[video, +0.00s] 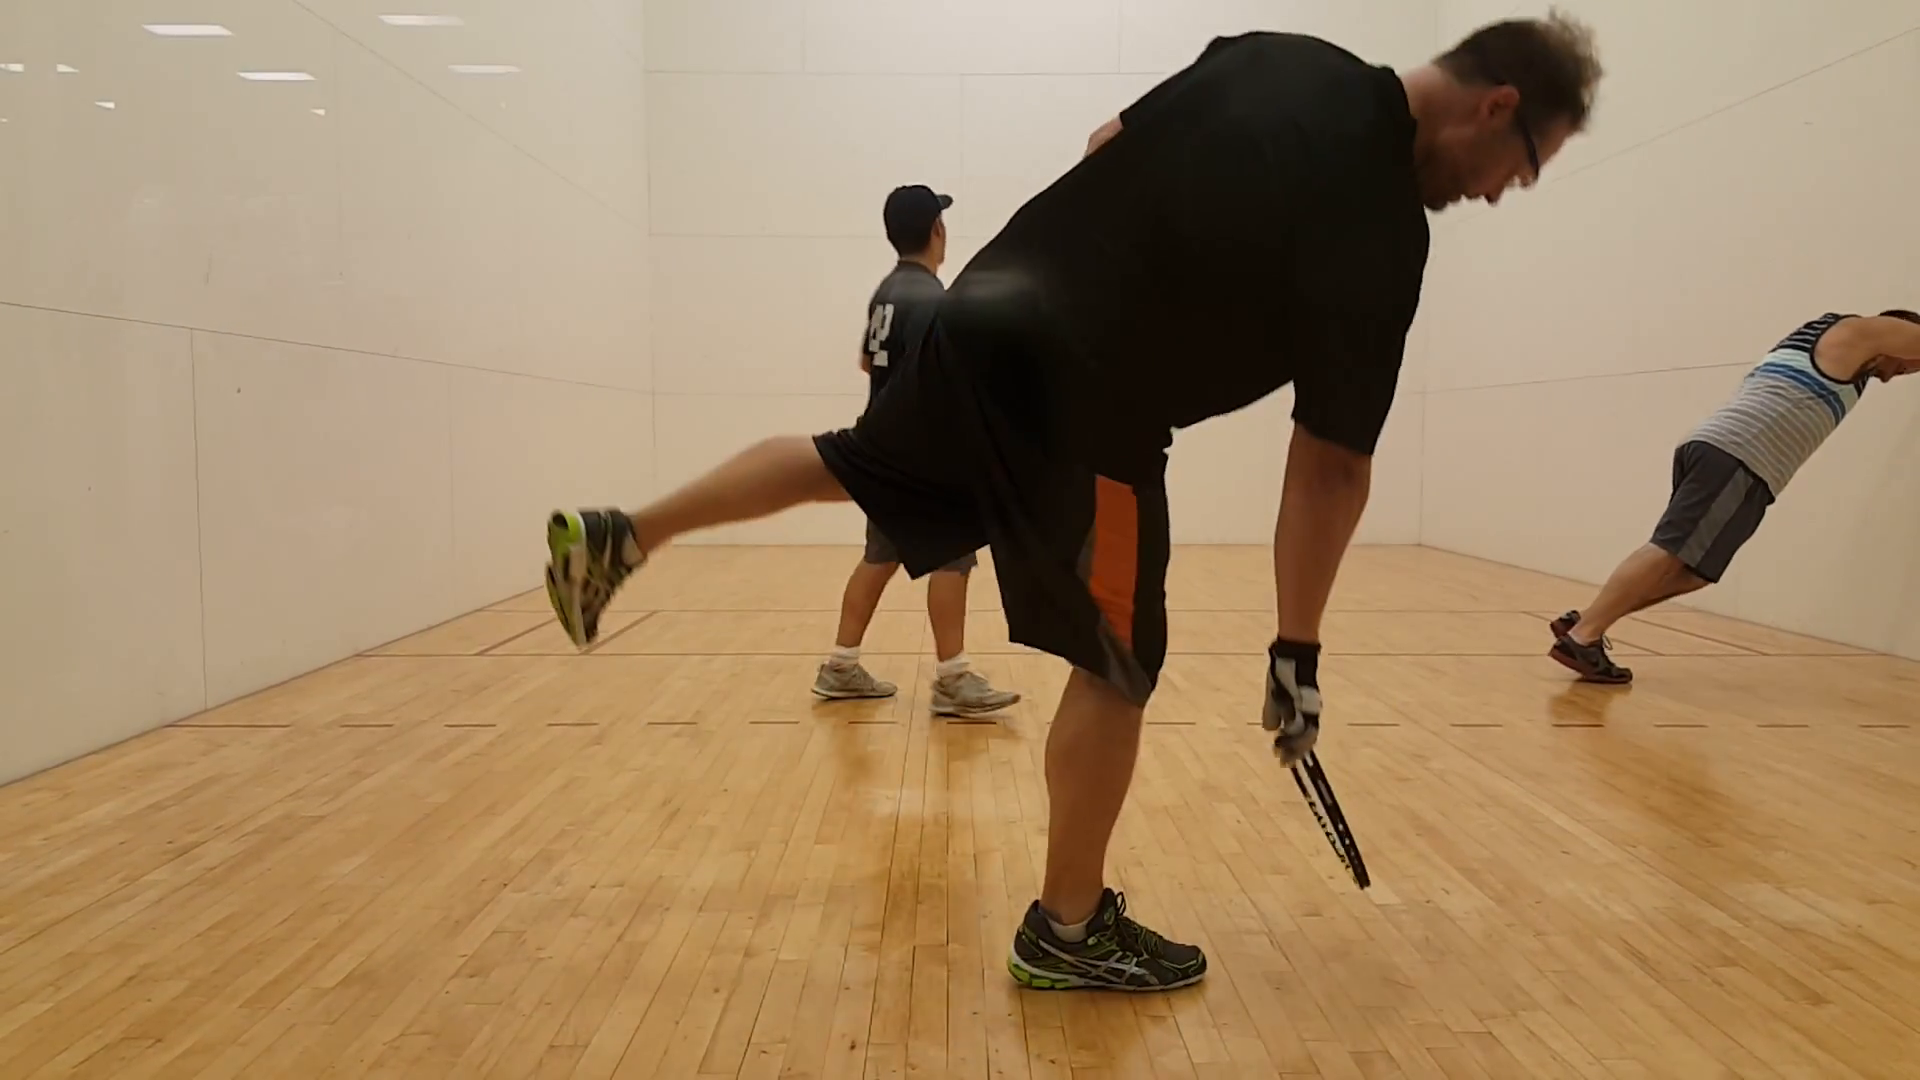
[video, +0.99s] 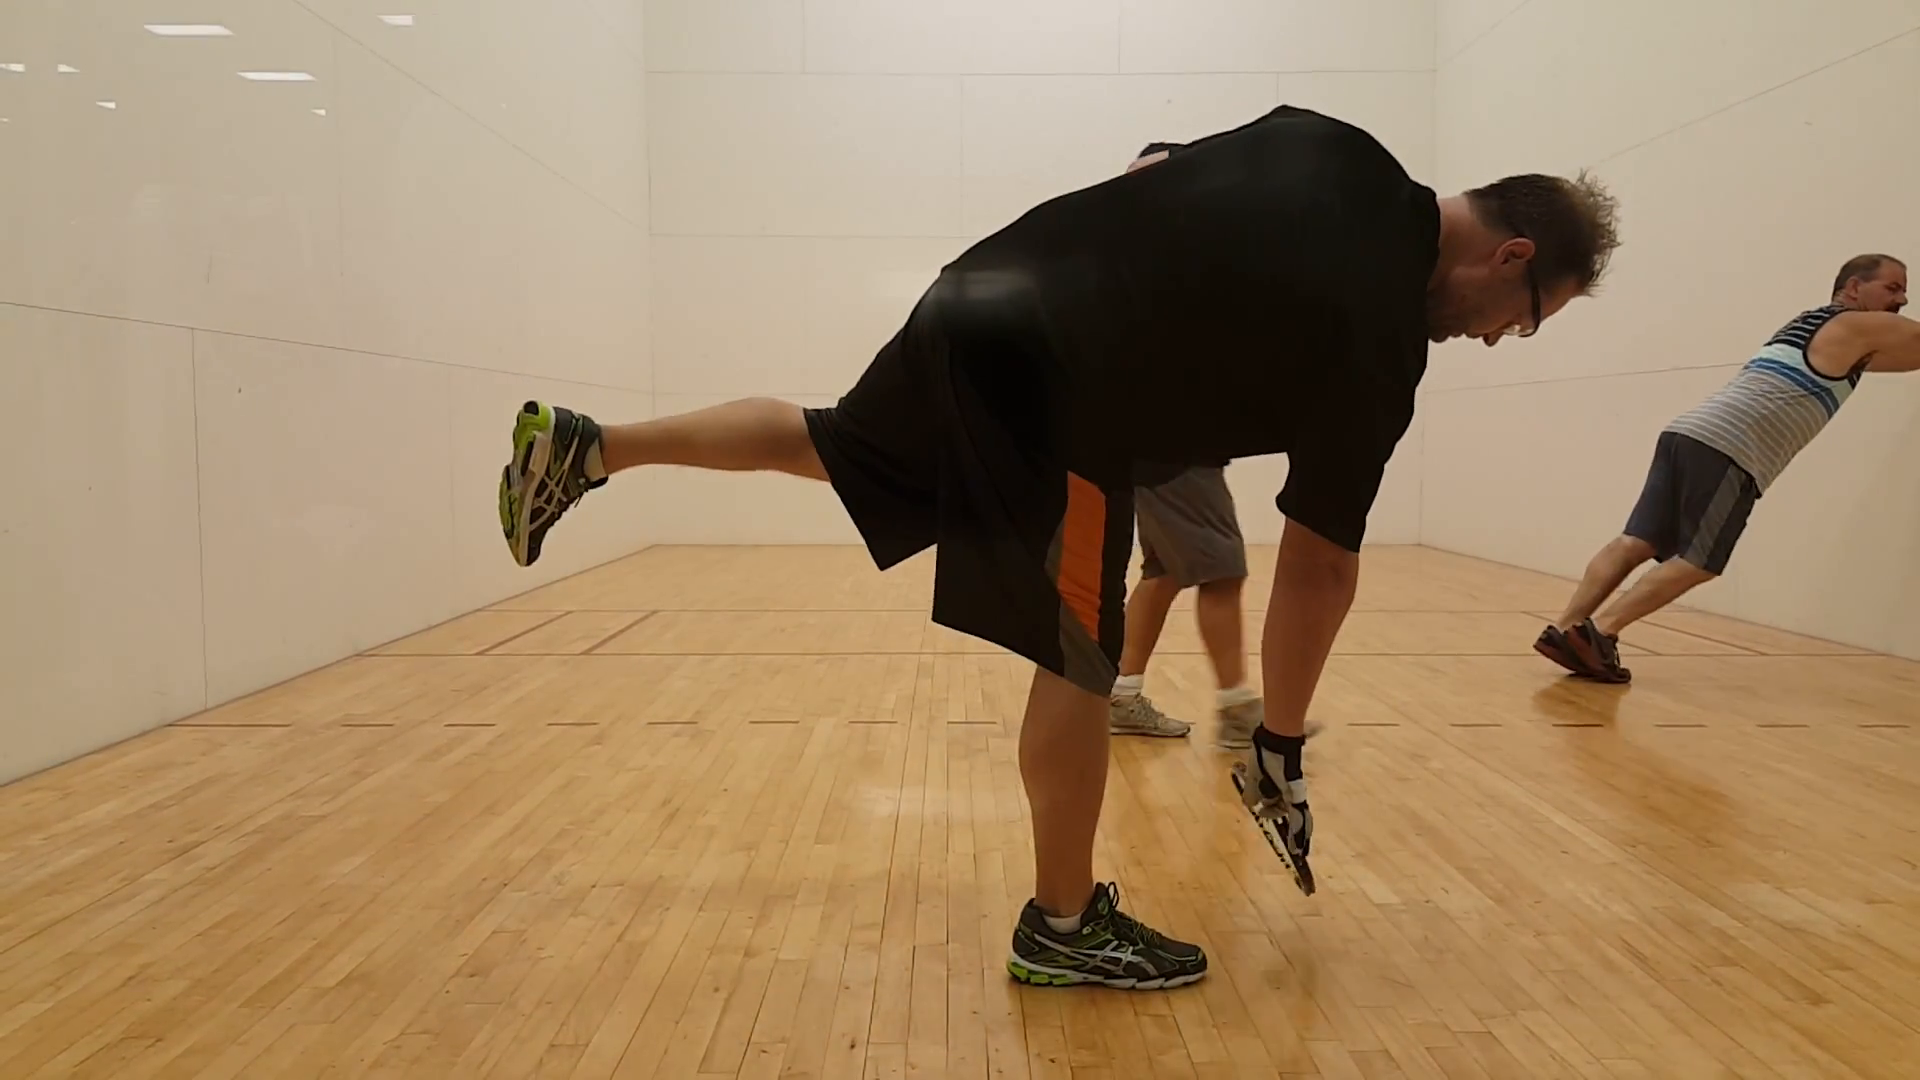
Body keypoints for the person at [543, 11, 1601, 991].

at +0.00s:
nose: (1505, 192)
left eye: (1524, 176)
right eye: (1523, 165)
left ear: (1459, 78)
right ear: (1493, 110)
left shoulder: (1281, 56)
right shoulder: (1378, 242)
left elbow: (1111, 145)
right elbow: (1326, 462)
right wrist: (1296, 652)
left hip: (978, 310)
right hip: (1086, 390)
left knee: (855, 463)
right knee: (1115, 655)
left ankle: (624, 536)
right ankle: (1068, 926)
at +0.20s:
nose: (1508, 262)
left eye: (1532, 247)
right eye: (1530, 238)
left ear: (1476, 131)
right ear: (1504, 181)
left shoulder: (1313, 87)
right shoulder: (1374, 291)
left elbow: (1147, 142)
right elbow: (1316, 508)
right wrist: (1289, 690)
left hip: (979, 291)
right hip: (1066, 392)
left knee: (823, 409)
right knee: (1093, 651)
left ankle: (593, 430)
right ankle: (1068, 919)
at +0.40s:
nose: (1515, 301)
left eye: (1535, 288)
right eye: (1534, 277)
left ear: (1483, 178)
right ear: (1504, 215)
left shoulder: (1322, 113)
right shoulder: (1364, 330)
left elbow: (1152, 155)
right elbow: (1309, 546)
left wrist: (1100, 233)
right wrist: (1280, 729)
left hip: (986, 284)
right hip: (1059, 388)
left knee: (830, 399)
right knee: (1078, 658)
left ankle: (592, 386)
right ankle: (1067, 920)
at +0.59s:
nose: (1507, 311)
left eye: (1527, 299)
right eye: (1528, 288)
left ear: (1479, 187)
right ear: (1505, 225)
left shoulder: (1316, 125)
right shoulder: (1366, 330)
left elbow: (1149, 178)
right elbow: (1301, 542)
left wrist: (1058, 240)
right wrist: (1267, 726)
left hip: (991, 291)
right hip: (1063, 393)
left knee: (836, 423)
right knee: (1079, 665)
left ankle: (594, 408)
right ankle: (1061, 921)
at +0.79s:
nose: (1507, 316)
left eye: (1526, 305)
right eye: (1527, 294)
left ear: (1479, 192)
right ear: (1507, 233)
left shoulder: (1321, 130)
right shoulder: (1371, 326)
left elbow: (1136, 178)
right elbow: (1311, 549)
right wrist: (1273, 725)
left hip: (982, 294)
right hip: (1047, 384)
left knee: (841, 440)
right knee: (1079, 654)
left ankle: (594, 435)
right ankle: (1063, 922)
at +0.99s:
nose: (1499, 337)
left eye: (1521, 326)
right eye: (1523, 314)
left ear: (1478, 213)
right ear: (1506, 249)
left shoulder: (1325, 140)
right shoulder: (1375, 342)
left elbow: (1151, 171)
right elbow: (1319, 563)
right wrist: (1283, 733)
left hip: (978, 301)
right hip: (1058, 396)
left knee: (832, 446)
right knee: (1077, 657)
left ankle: (588, 444)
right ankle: (1064, 920)